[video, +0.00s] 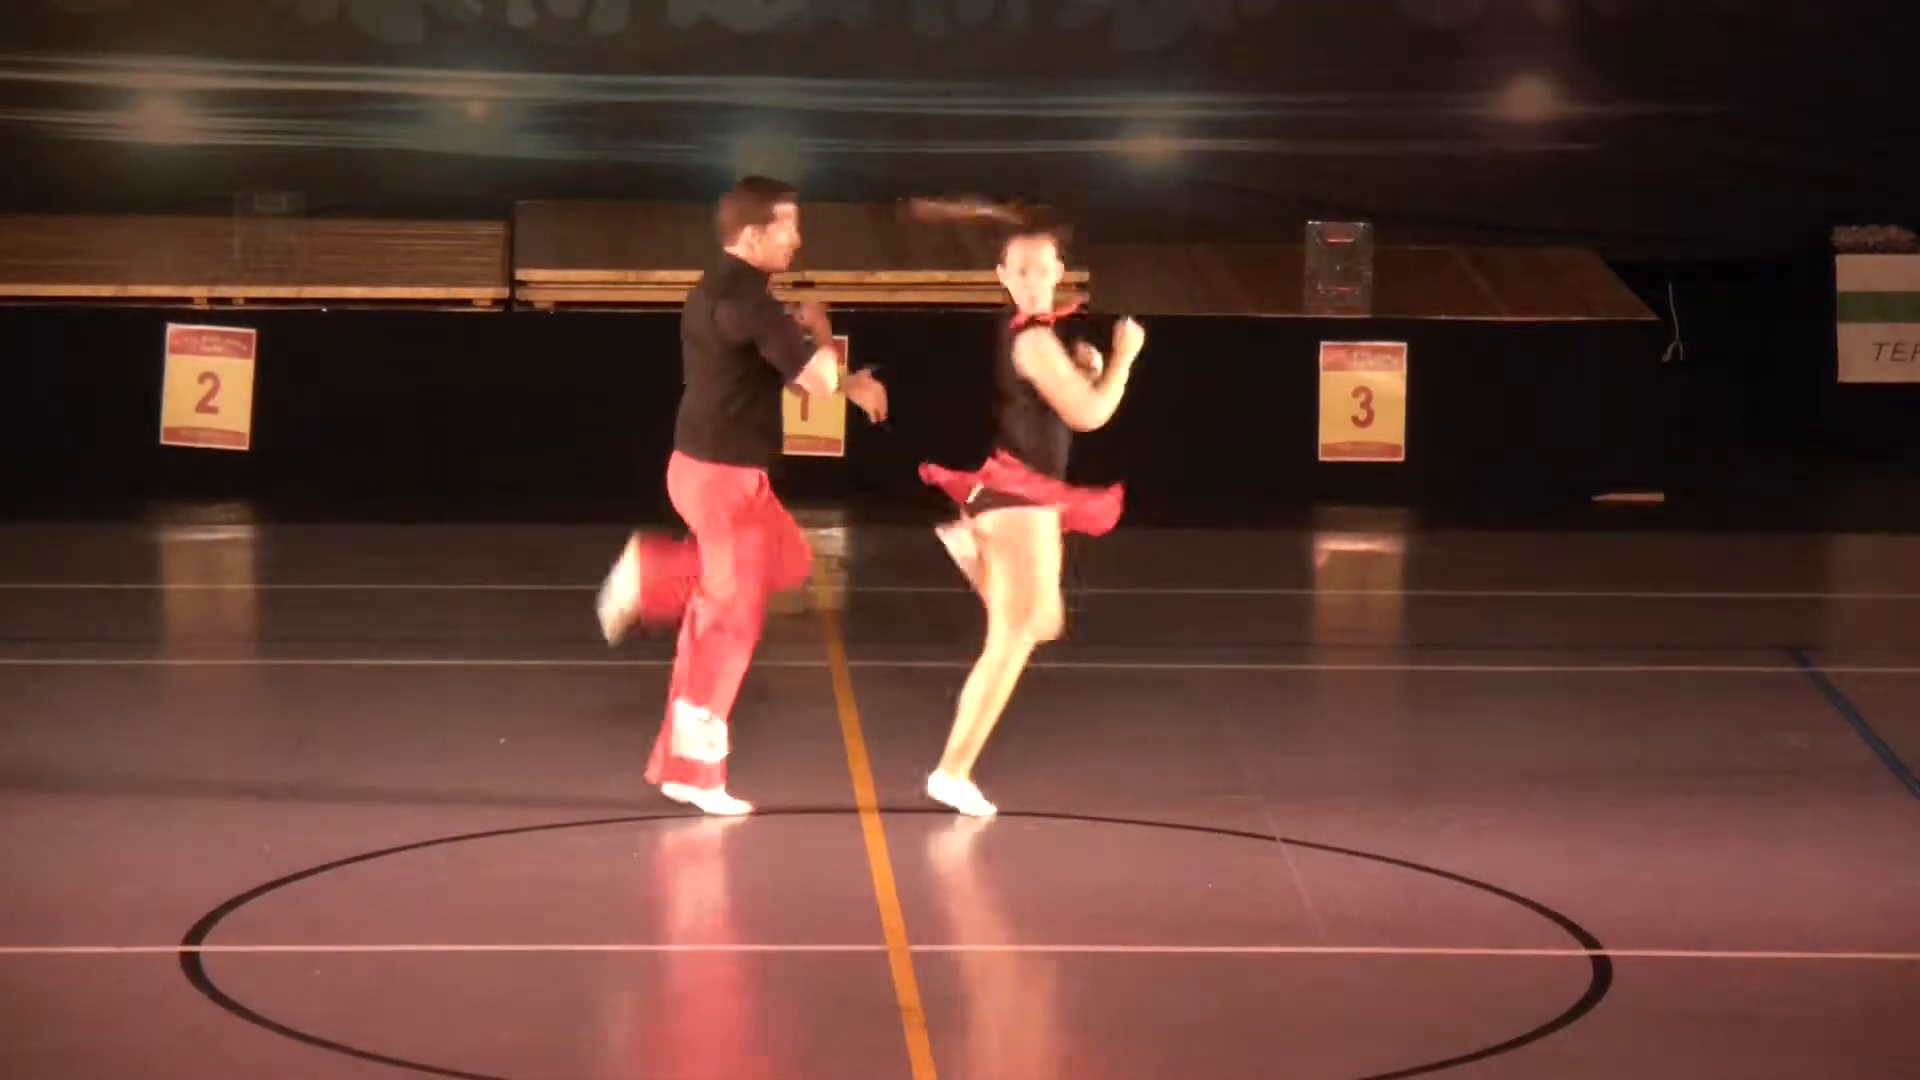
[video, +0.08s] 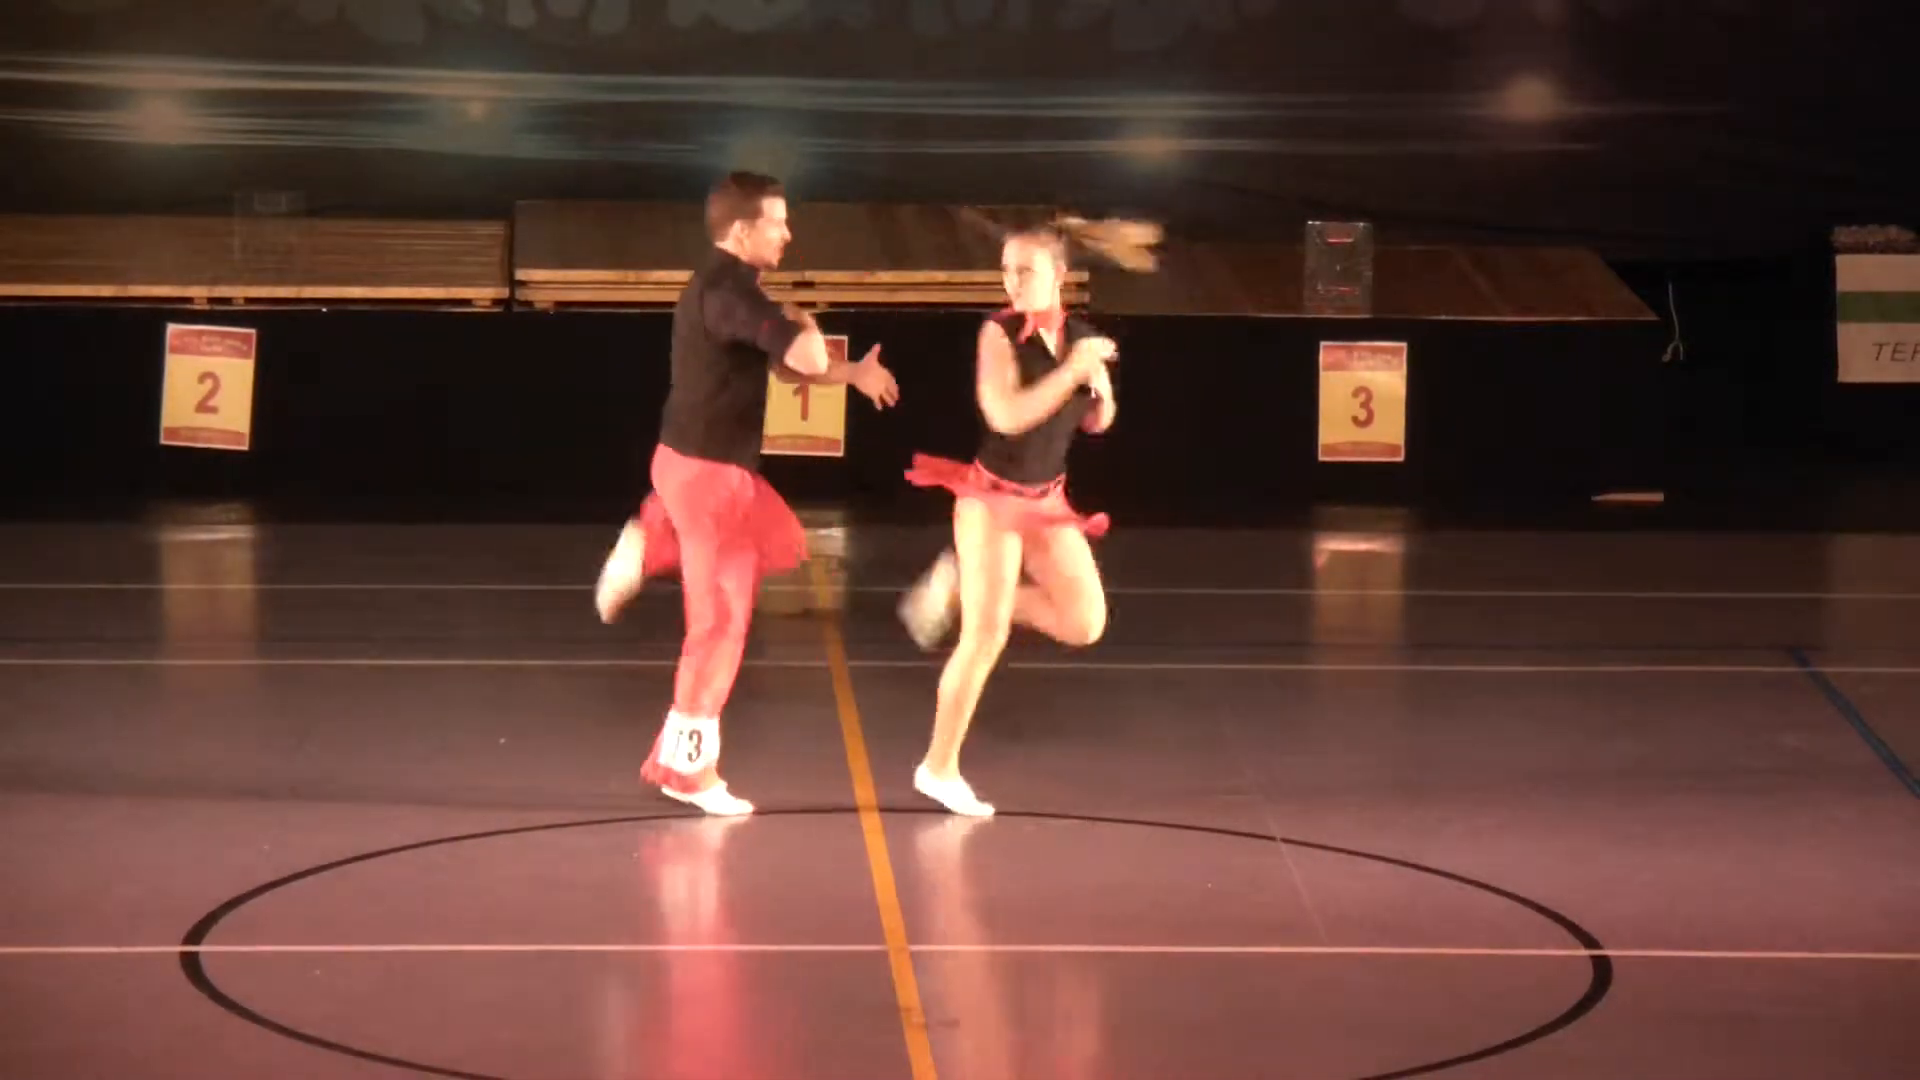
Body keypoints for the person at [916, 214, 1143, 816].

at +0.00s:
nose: (1044, 274)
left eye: (1049, 262)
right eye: (1030, 265)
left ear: (1056, 268)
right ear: (1006, 273)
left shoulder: (1033, 333)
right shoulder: (1030, 340)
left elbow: (1071, 404)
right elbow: (1091, 412)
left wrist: (1085, 365)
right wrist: (1125, 358)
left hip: (1024, 500)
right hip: (1018, 504)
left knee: (1047, 621)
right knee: (1011, 636)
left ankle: (969, 547)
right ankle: (952, 771)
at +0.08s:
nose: (1015, 282)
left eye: (1027, 271)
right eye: (1008, 271)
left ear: (1062, 277)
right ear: (1003, 276)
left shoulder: (1077, 339)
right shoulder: (998, 334)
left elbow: (1090, 421)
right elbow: (1005, 414)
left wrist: (1097, 399)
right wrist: (1074, 370)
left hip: (1048, 503)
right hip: (989, 501)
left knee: (1082, 623)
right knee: (984, 636)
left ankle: (962, 587)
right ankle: (938, 767)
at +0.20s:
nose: (1013, 260)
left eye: (1025, 250)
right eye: (1015, 248)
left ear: (1062, 263)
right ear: (1033, 260)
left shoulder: (1100, 337)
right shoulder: (1000, 320)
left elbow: (1137, 421)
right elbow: (943, 385)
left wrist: (1090, 387)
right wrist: (964, 347)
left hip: (1062, 495)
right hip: (992, 489)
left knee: (1033, 629)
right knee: (960, 621)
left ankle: (1040, 758)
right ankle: (972, 751)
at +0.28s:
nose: (1022, 274)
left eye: (1034, 265)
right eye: (1024, 263)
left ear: (1069, 277)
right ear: (1035, 274)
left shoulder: (1084, 352)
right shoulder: (1020, 334)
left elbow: (1119, 444)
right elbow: (951, 375)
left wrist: (1056, 399)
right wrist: (918, 344)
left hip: (1054, 508)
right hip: (1015, 505)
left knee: (1030, 645)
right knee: (964, 619)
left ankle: (1051, 792)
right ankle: (1014, 756)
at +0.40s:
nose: (1039, 268)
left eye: (1049, 258)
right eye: (1040, 257)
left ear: (1080, 263)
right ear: (1075, 263)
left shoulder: (1089, 331)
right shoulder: (1057, 327)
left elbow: (1111, 415)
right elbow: (985, 350)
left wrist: (1051, 384)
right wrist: (905, 343)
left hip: (1050, 485)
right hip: (1073, 487)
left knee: (984, 616)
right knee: (1025, 622)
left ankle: (1016, 759)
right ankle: (1027, 755)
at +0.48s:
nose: (1058, 267)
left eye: (1069, 257)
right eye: (1058, 255)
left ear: (1104, 260)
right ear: (1068, 255)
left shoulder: (1107, 316)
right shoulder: (1062, 317)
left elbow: (1139, 369)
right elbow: (984, 345)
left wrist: (1133, 371)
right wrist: (903, 341)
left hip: (1072, 475)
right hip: (1086, 481)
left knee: (929, 503)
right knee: (1034, 612)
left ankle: (948, 639)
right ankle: (1045, 753)